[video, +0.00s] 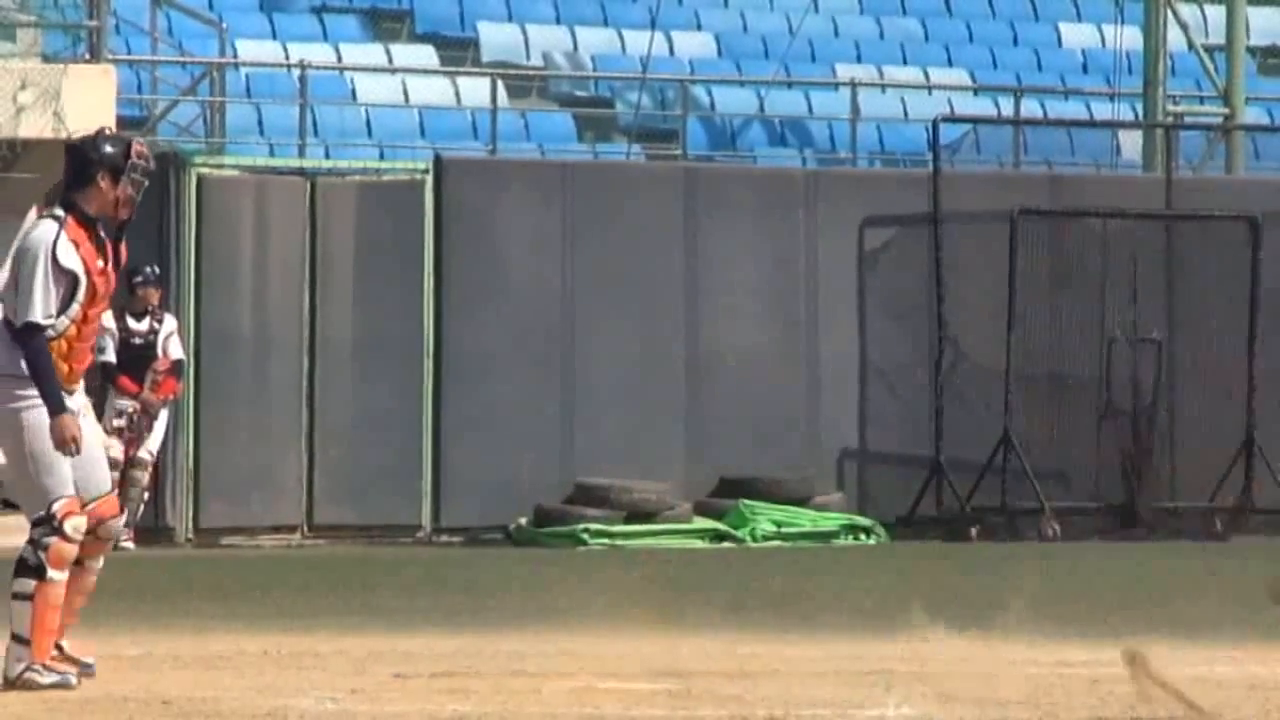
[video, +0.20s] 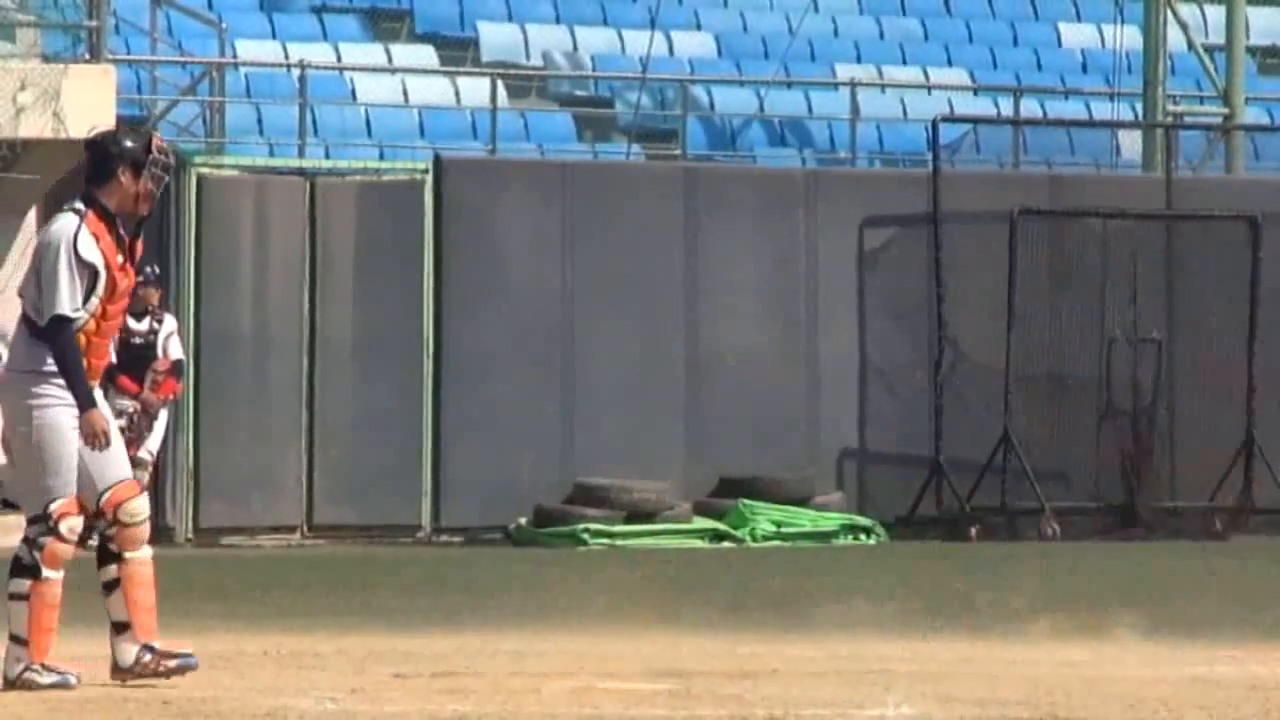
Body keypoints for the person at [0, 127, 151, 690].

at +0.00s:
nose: (130, 194)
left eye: (131, 184)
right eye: (124, 183)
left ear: (104, 183)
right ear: (98, 182)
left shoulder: (94, 240)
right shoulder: (47, 239)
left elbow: (83, 331)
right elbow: (29, 330)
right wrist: (58, 409)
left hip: (68, 391)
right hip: (26, 392)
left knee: (101, 517)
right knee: (59, 520)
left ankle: (54, 638)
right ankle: (25, 655)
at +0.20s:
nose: (152, 190)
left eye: (154, 180)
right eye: (147, 179)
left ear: (127, 180)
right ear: (120, 177)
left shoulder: (119, 237)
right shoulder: (69, 233)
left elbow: (97, 328)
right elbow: (58, 327)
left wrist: (118, 386)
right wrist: (87, 404)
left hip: (85, 387)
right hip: (44, 386)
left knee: (127, 509)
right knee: (59, 521)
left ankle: (134, 648)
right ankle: (26, 660)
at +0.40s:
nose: (183, 186)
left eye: (182, 175)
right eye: (175, 175)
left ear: (154, 179)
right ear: (147, 177)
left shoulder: (152, 237)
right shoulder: (98, 230)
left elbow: (145, 320)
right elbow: (93, 322)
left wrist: (157, 378)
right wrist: (118, 401)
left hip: (123, 394)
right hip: (75, 392)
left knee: (147, 524)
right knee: (64, 528)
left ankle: (156, 659)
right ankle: (27, 661)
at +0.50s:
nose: (198, 184)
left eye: (198, 173)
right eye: (193, 173)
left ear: (166, 175)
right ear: (168, 174)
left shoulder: (160, 233)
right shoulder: (117, 227)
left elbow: (153, 311)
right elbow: (110, 317)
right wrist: (134, 397)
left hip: (144, 391)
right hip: (96, 388)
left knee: (160, 526)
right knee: (88, 527)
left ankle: (159, 660)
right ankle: (32, 657)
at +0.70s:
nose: (228, 181)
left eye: (229, 170)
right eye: (224, 169)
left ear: (197, 170)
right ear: (198, 169)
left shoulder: (187, 228)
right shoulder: (145, 219)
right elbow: (138, 310)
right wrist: (172, 383)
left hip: (169, 380)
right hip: (128, 378)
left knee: (176, 523)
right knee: (142, 520)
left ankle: (161, 659)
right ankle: (65, 635)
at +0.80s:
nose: (241, 179)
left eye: (241, 168)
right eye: (234, 167)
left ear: (209, 170)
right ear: (208, 167)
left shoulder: (203, 229)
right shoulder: (157, 216)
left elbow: (188, 330)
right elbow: (149, 309)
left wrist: (207, 424)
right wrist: (188, 379)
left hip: (178, 381)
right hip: (139, 377)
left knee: (180, 522)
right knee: (164, 517)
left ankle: (164, 659)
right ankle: (104, 640)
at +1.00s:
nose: (257, 176)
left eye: (257, 165)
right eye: (252, 165)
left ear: (228, 166)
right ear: (228, 166)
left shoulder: (226, 230)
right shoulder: (169, 219)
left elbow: (230, 323)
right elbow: (156, 303)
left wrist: (272, 397)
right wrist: (199, 372)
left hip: (195, 380)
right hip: (159, 378)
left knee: (179, 517)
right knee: (201, 510)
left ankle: (155, 653)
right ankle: (188, 654)